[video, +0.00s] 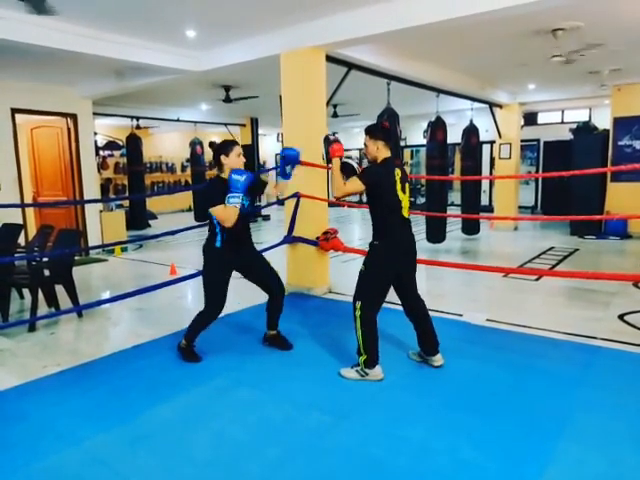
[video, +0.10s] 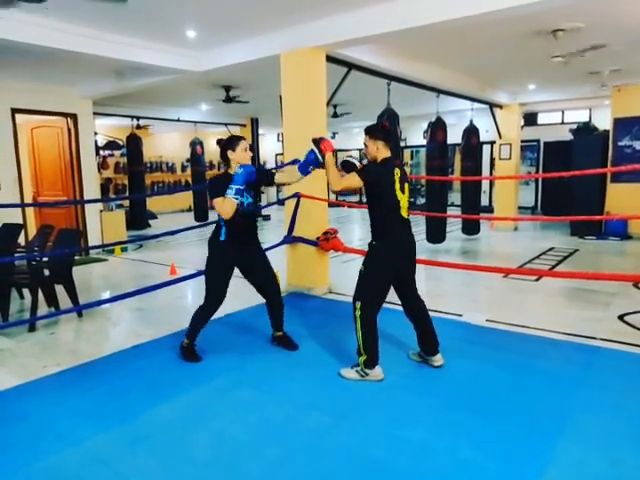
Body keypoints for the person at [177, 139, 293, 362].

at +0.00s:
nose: (243, 159)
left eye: (242, 155)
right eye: (238, 155)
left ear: (237, 159)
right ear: (224, 159)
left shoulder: (246, 180)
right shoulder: (210, 188)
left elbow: (276, 192)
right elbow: (227, 220)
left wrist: (285, 171)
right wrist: (237, 190)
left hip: (243, 250)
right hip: (217, 254)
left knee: (277, 290)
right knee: (214, 308)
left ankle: (272, 333)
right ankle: (186, 343)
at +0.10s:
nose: (250, 154)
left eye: (249, 150)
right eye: (245, 150)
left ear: (246, 153)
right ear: (230, 154)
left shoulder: (254, 174)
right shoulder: (218, 181)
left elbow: (286, 177)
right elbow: (225, 212)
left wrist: (309, 161)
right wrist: (237, 183)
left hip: (249, 245)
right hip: (223, 246)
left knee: (272, 289)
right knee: (214, 299)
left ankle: (279, 333)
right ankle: (188, 342)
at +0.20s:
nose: (258, 149)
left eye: (257, 144)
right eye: (253, 146)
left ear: (251, 150)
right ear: (239, 151)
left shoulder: (259, 176)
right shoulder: (232, 175)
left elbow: (277, 204)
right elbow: (250, 192)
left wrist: (291, 187)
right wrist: (265, 167)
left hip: (256, 242)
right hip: (231, 243)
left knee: (273, 289)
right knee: (215, 292)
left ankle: (278, 334)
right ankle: (191, 338)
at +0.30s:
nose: (261, 149)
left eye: (260, 145)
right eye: (256, 147)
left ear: (250, 150)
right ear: (243, 152)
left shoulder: (255, 171)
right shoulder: (252, 169)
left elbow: (261, 210)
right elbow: (291, 166)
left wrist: (277, 196)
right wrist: (316, 152)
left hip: (255, 242)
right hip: (234, 242)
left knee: (272, 287)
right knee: (222, 291)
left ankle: (278, 333)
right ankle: (194, 330)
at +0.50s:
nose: (255, 154)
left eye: (255, 149)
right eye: (250, 150)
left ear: (251, 151)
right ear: (236, 154)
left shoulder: (252, 172)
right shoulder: (243, 174)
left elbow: (278, 186)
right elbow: (280, 187)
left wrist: (285, 169)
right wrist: (291, 167)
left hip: (254, 243)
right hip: (234, 244)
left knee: (273, 288)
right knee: (225, 295)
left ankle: (278, 334)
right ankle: (198, 337)